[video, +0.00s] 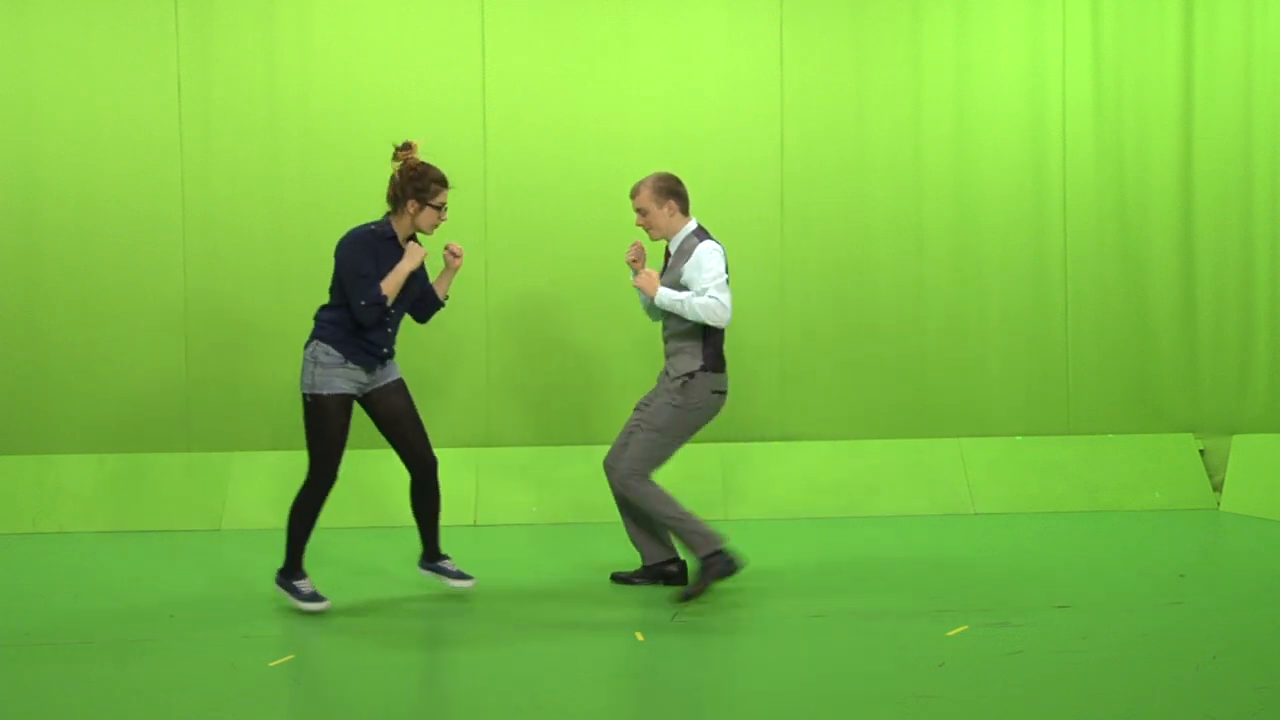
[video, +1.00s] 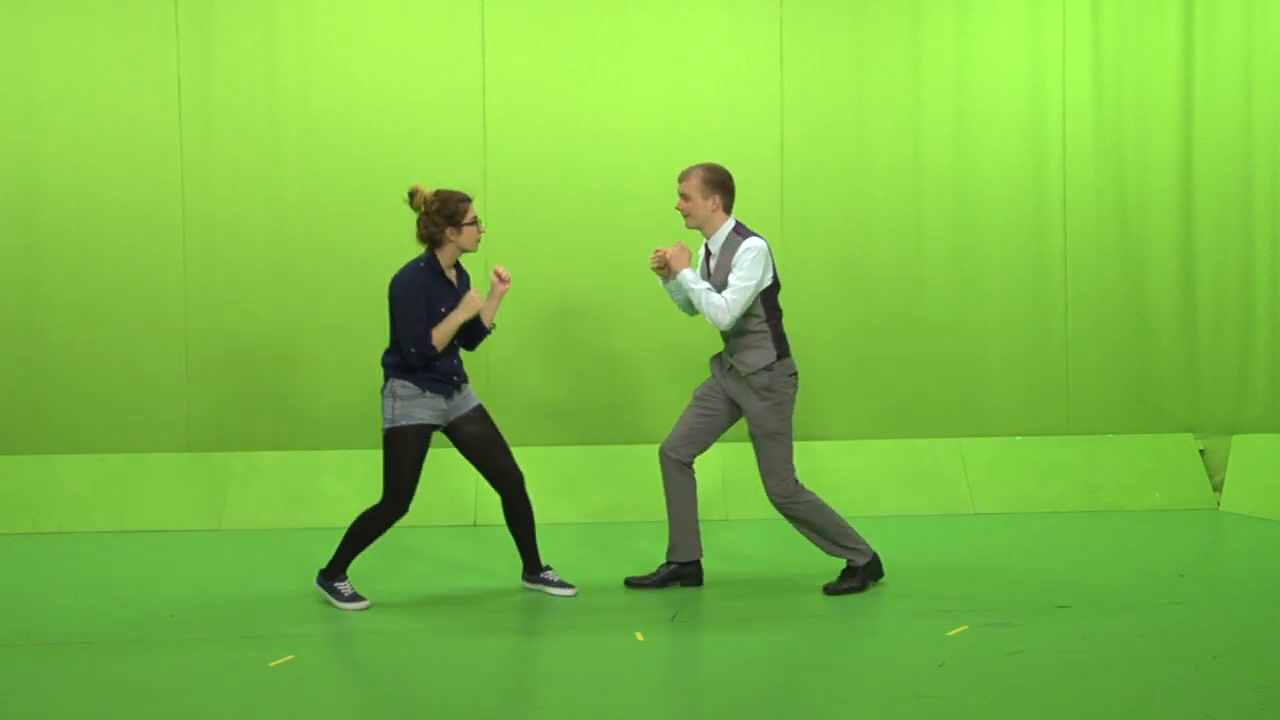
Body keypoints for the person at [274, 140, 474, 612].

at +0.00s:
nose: (443, 217)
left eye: (444, 209)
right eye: (438, 209)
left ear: (412, 205)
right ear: (410, 205)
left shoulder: (408, 252)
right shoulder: (358, 244)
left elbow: (423, 310)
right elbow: (367, 310)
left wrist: (450, 273)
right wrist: (406, 266)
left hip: (379, 367)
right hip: (332, 361)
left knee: (423, 462)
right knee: (323, 472)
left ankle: (432, 556)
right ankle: (290, 571)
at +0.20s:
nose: (401, 261)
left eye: (404, 253)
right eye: (398, 252)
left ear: (375, 248)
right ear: (372, 248)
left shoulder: (370, 293)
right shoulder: (313, 283)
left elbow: (372, 352)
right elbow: (319, 354)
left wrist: (403, 311)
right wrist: (363, 310)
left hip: (324, 406)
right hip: (277, 397)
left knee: (367, 501)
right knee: (253, 499)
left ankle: (360, 583)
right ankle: (219, 591)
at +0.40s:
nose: (405, 262)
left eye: (408, 255)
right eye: (402, 254)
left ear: (379, 247)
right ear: (377, 247)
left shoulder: (369, 293)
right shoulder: (320, 279)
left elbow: (366, 353)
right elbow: (322, 349)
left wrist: (406, 325)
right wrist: (374, 312)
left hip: (324, 402)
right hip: (278, 395)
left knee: (374, 493)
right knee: (251, 498)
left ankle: (365, 577)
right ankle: (216, 591)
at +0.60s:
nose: (430, 236)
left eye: (431, 228)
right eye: (425, 228)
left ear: (403, 230)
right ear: (397, 229)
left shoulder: (401, 275)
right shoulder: (355, 268)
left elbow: (438, 321)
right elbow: (368, 328)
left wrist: (455, 276)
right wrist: (399, 274)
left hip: (367, 396)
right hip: (324, 391)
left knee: (391, 490)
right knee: (287, 490)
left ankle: (368, 580)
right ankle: (225, 582)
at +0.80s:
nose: (448, 194)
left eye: (448, 186)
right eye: (442, 187)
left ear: (420, 188)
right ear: (416, 188)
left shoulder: (428, 233)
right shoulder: (375, 234)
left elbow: (454, 288)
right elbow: (382, 299)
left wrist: (467, 239)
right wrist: (412, 256)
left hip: (410, 358)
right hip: (369, 353)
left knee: (436, 458)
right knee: (352, 460)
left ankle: (406, 553)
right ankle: (312, 555)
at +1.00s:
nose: (480, 230)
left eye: (479, 222)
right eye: (473, 224)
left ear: (452, 231)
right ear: (449, 232)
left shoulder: (459, 276)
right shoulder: (409, 281)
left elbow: (467, 339)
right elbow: (416, 349)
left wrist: (496, 295)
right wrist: (462, 314)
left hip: (454, 391)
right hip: (409, 394)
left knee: (510, 480)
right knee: (396, 501)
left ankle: (534, 570)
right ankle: (332, 574)